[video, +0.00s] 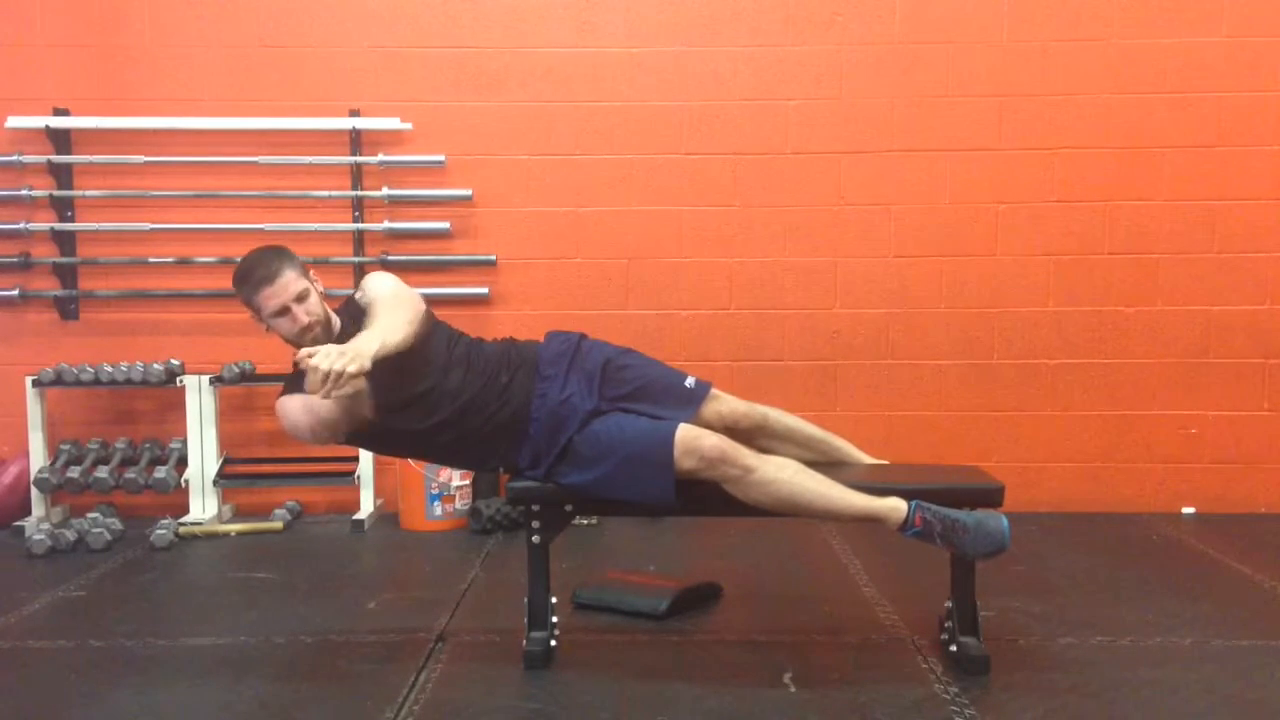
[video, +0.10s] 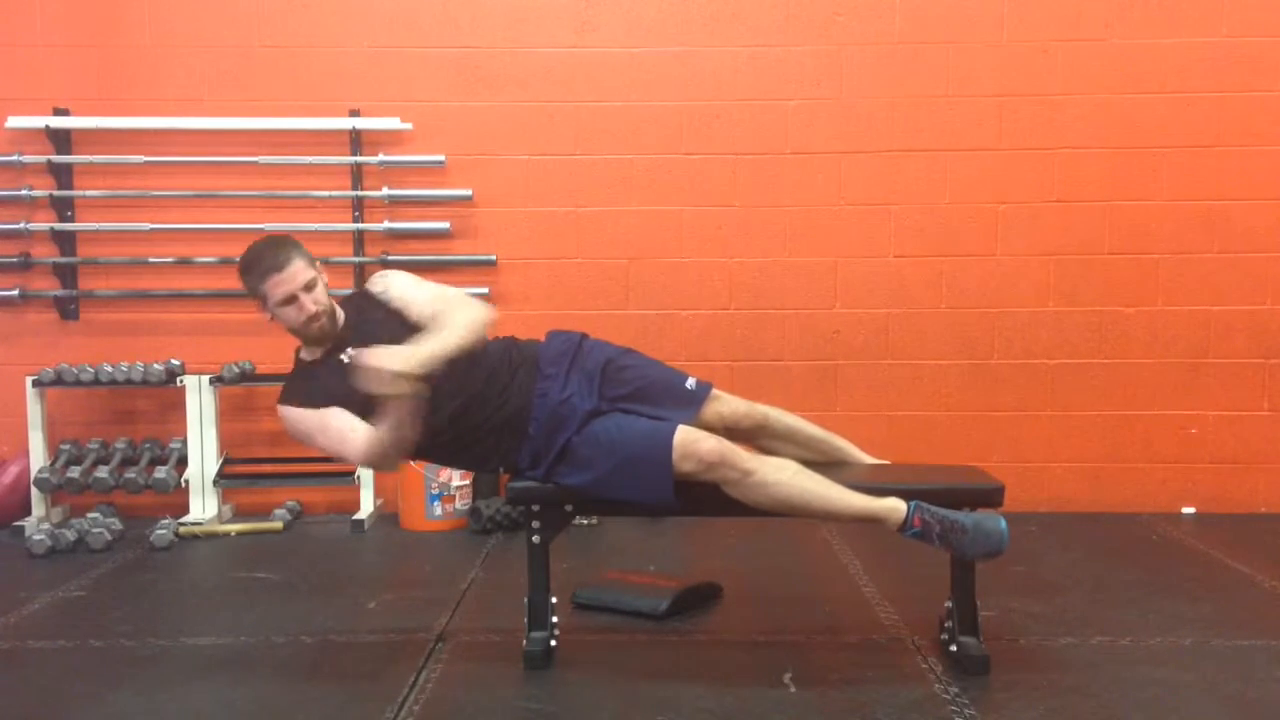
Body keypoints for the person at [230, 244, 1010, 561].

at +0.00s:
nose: (302, 314)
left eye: (302, 295)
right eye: (282, 313)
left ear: (316, 279)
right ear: (264, 329)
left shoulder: (372, 289)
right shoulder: (301, 405)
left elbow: (404, 317)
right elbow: (346, 419)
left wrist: (360, 352)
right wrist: (337, 373)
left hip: (567, 364)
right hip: (546, 445)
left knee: (737, 415)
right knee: (715, 457)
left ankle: (904, 489)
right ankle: (911, 518)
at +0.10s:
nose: (308, 305)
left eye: (309, 287)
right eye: (287, 303)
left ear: (324, 274)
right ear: (268, 318)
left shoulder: (376, 291)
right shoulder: (306, 399)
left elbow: (469, 315)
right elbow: (384, 452)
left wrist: (406, 362)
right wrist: (403, 374)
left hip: (566, 363)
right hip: (541, 442)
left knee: (739, 416)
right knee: (720, 461)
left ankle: (900, 483)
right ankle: (906, 520)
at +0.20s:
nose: (325, 295)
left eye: (327, 277)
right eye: (302, 294)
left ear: (339, 263)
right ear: (279, 307)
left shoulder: (393, 287)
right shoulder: (312, 392)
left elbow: (520, 333)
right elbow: (396, 450)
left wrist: (475, 393)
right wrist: (476, 379)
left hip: (582, 364)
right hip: (547, 443)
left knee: (748, 418)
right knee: (721, 465)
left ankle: (904, 487)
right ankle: (911, 523)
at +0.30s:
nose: (359, 265)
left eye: (361, 247)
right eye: (338, 259)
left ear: (368, 238)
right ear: (302, 271)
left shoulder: (414, 276)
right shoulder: (319, 375)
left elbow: (535, 297)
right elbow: (419, 435)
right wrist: (512, 410)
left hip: (580, 365)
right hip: (543, 444)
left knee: (748, 416)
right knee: (717, 460)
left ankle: (892, 480)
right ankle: (915, 523)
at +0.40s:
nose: (398, 234)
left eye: (395, 220)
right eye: (379, 227)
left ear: (388, 219)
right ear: (333, 240)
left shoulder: (431, 262)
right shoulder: (328, 349)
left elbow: (546, 284)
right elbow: (423, 419)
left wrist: (665, 294)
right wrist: (537, 400)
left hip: (583, 365)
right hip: (544, 439)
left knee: (761, 419)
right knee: (716, 461)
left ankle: (907, 498)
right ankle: (918, 522)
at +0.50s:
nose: (433, 211)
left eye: (430, 198)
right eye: (417, 201)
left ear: (418, 198)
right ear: (369, 209)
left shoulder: (451, 249)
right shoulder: (344, 322)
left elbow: (561, 274)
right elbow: (443, 399)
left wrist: (667, 288)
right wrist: (564, 389)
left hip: (583, 367)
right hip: (547, 434)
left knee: (755, 420)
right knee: (713, 461)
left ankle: (890, 498)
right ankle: (914, 522)